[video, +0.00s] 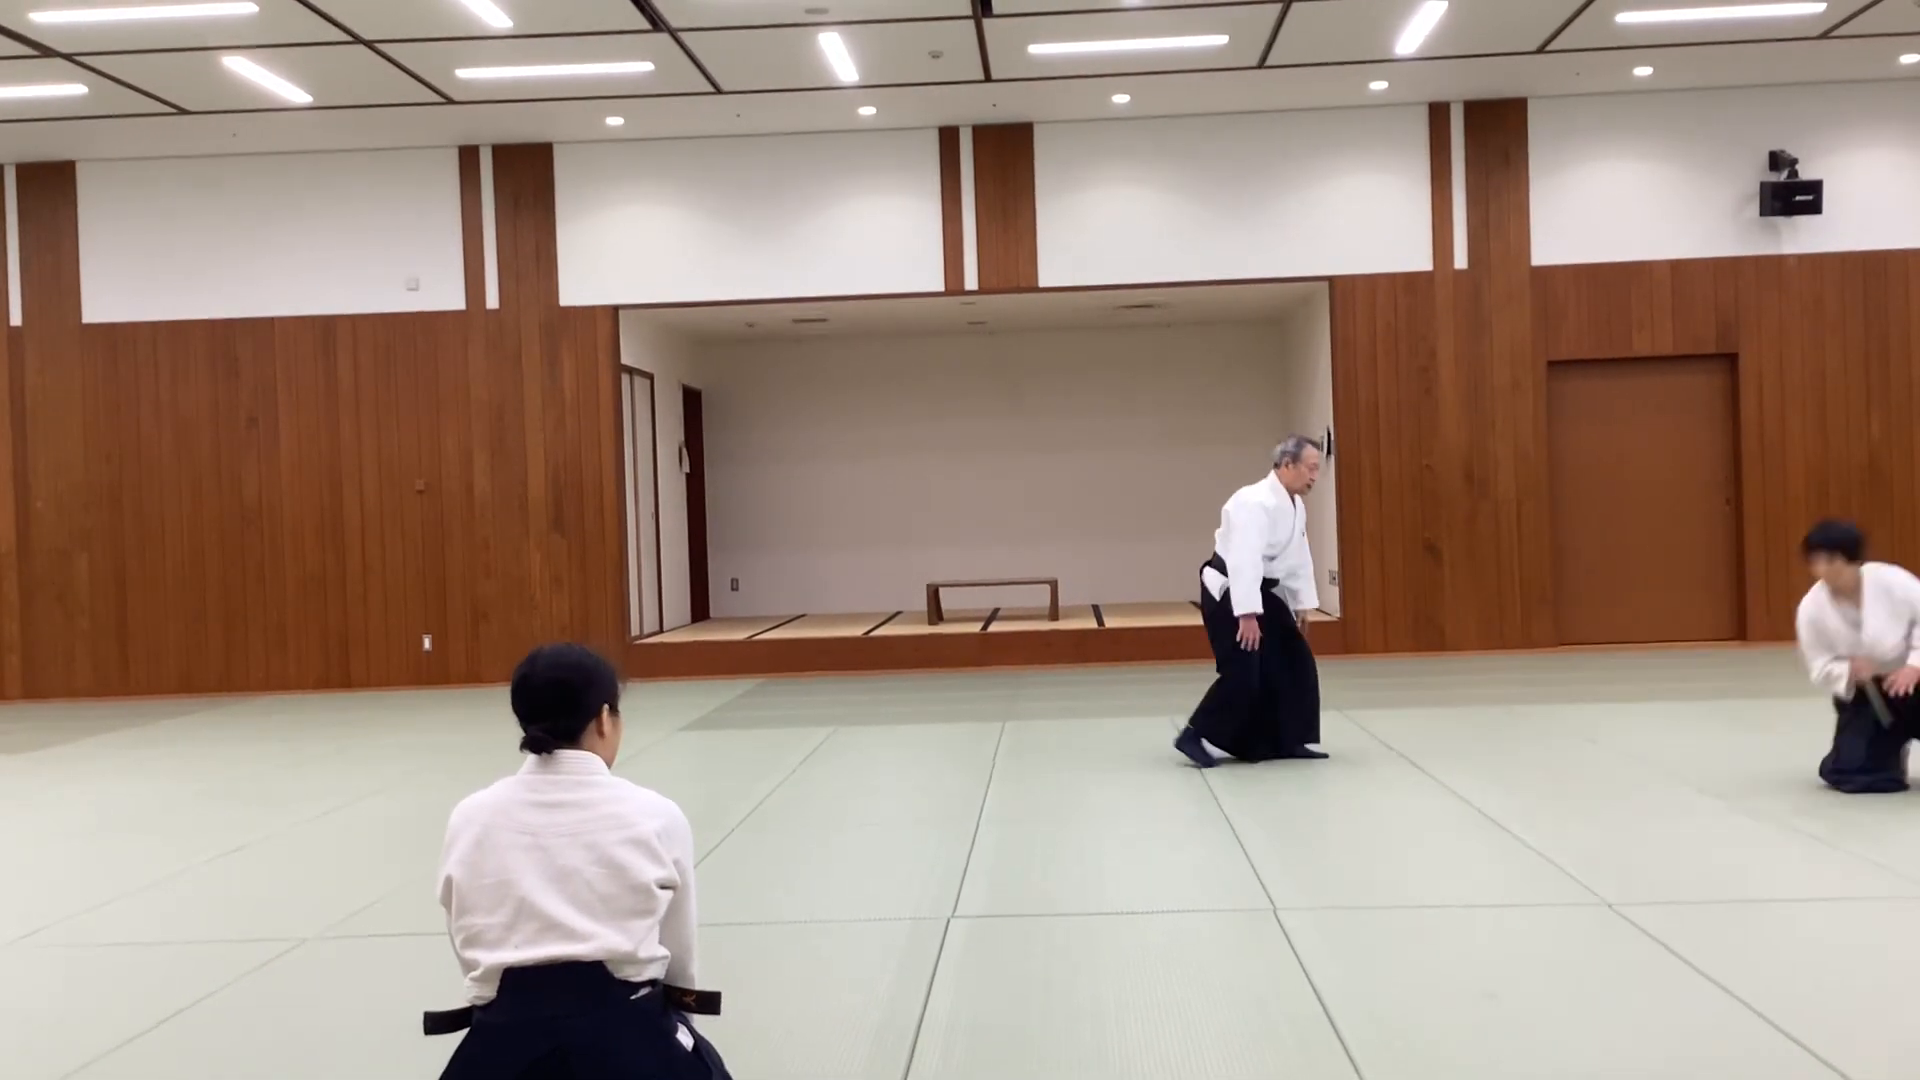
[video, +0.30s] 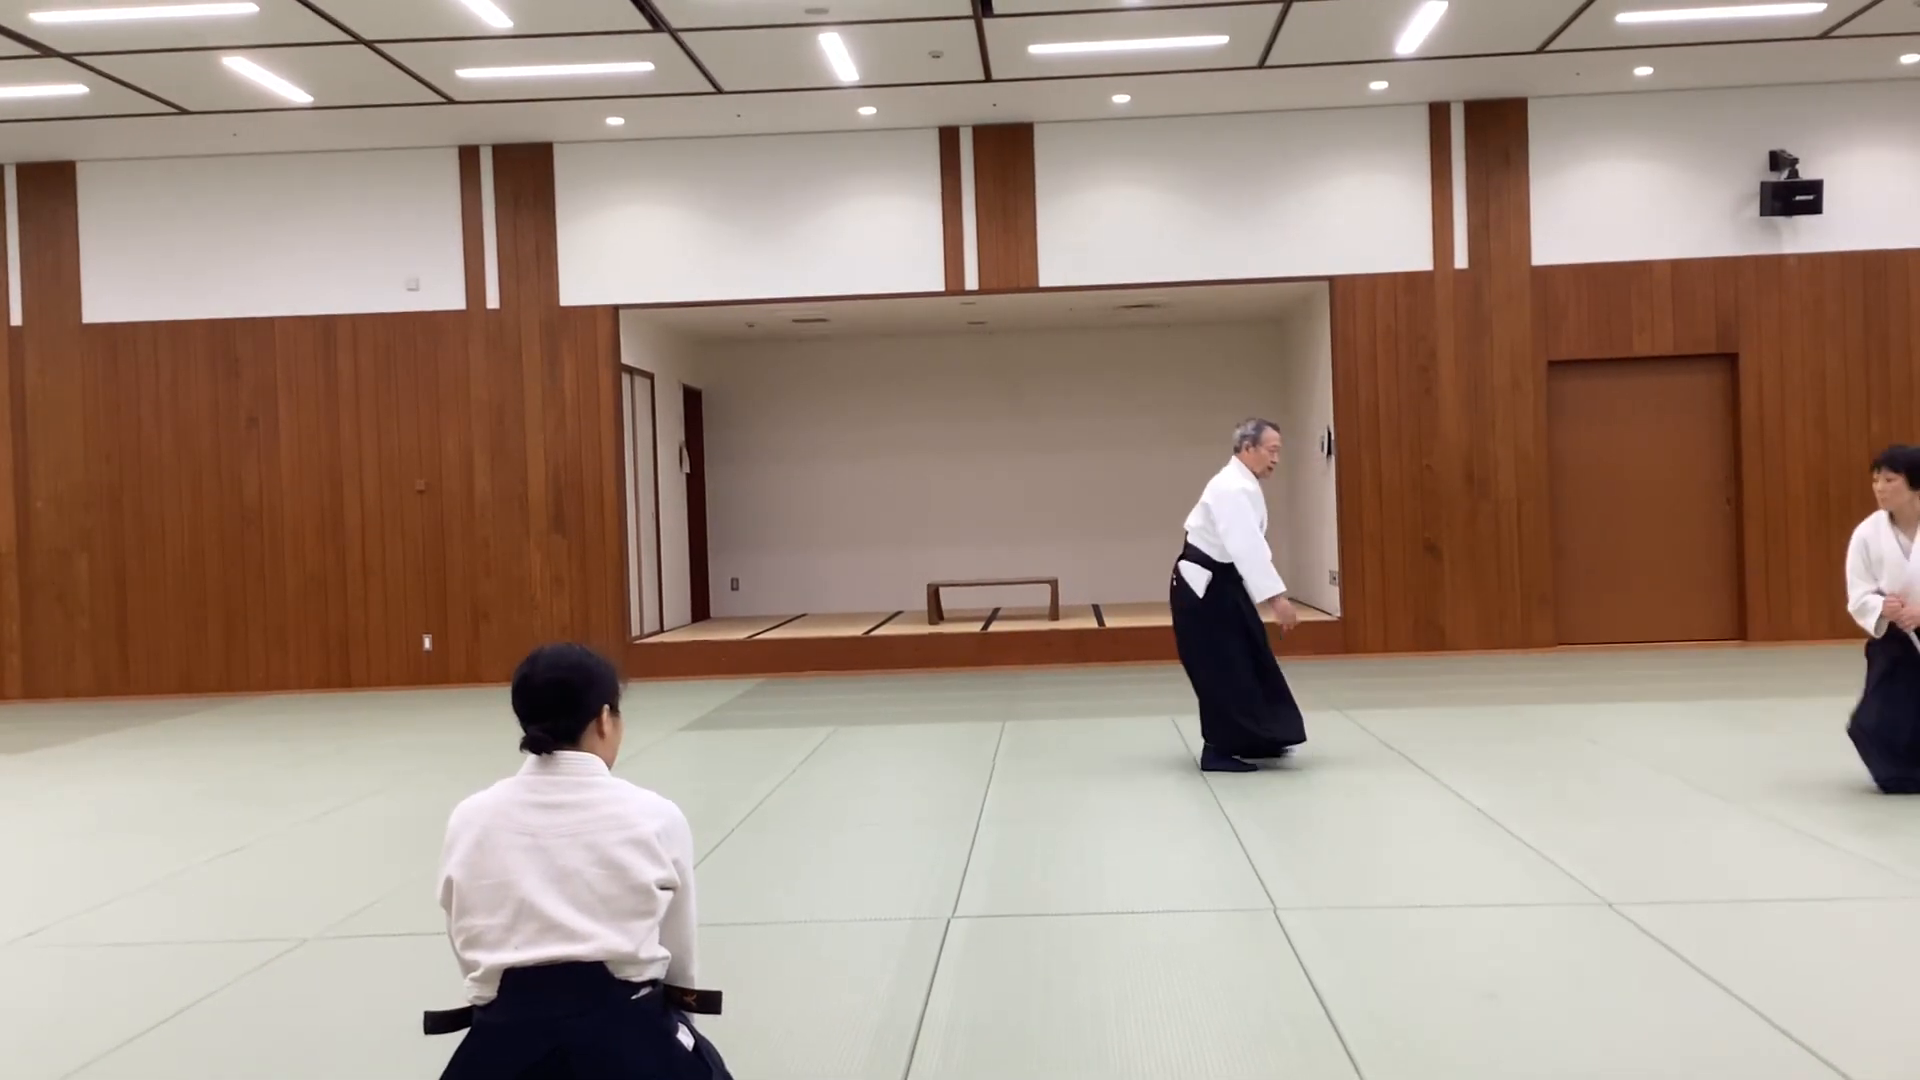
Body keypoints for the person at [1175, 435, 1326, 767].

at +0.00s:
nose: (1315, 476)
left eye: (1317, 469)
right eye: (1310, 467)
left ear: (1292, 468)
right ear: (1287, 465)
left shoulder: (1295, 505)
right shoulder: (1250, 501)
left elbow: (1297, 558)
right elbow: (1243, 559)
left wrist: (1301, 606)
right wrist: (1247, 611)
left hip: (1262, 589)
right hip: (1225, 588)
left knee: (1296, 659)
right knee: (1243, 666)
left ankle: (1289, 741)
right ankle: (1194, 736)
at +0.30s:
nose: (1276, 458)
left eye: (1278, 451)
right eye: (1271, 450)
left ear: (1250, 450)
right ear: (1247, 448)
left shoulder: (1243, 484)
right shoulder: (1231, 487)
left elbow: (1250, 546)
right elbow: (1247, 547)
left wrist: (1272, 595)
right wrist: (1277, 598)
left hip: (1220, 580)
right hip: (1202, 582)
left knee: (1244, 657)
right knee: (1222, 664)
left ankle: (1252, 738)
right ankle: (1217, 751)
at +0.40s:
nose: (1260, 454)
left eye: (1262, 447)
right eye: (1255, 446)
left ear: (1232, 448)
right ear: (1230, 445)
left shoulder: (1225, 480)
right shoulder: (1219, 485)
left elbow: (1243, 539)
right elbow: (1241, 541)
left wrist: (1276, 582)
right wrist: (1279, 586)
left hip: (1195, 580)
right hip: (1193, 584)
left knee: (1208, 662)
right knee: (1220, 663)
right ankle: (1215, 753)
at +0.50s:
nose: (1243, 453)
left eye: (1245, 446)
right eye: (1238, 446)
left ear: (1216, 448)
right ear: (1213, 446)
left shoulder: (1203, 478)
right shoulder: (1206, 486)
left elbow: (1227, 538)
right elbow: (1227, 542)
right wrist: (1270, 582)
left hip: (1174, 580)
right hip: (1185, 587)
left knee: (1173, 665)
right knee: (1216, 665)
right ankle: (1215, 753)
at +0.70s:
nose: (1209, 456)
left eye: (1210, 450)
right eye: (1203, 449)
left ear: (1180, 451)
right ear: (1179, 449)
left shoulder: (1166, 483)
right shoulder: (1179, 489)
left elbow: (1179, 550)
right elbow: (1198, 551)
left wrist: (1198, 599)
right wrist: (1235, 598)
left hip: (1142, 586)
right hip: (1161, 590)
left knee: (1133, 665)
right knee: (1200, 666)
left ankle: (1106, 745)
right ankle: (1214, 752)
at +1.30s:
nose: (1223, 454)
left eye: (1225, 447)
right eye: (1218, 445)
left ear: (1195, 448)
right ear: (1192, 445)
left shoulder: (1179, 478)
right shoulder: (1194, 486)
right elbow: (1208, 547)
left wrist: (1204, 574)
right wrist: (1225, 584)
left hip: (1152, 577)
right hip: (1170, 586)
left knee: (1148, 660)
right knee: (1183, 669)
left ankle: (1121, 730)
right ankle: (1171, 755)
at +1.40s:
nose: (1234, 451)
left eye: (1237, 444)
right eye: (1228, 442)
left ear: (1211, 445)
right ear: (1204, 443)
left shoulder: (1208, 482)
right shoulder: (1196, 478)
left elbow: (1220, 539)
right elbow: (1229, 515)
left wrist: (1259, 563)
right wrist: (1268, 531)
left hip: (1196, 583)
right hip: (1176, 583)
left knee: (1208, 664)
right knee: (1183, 664)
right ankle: (1173, 755)